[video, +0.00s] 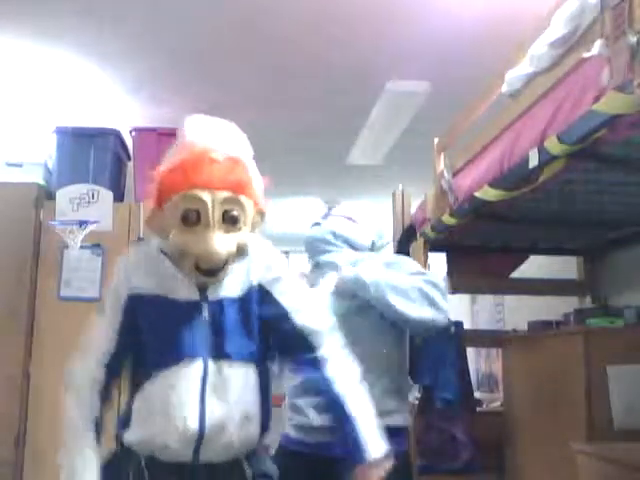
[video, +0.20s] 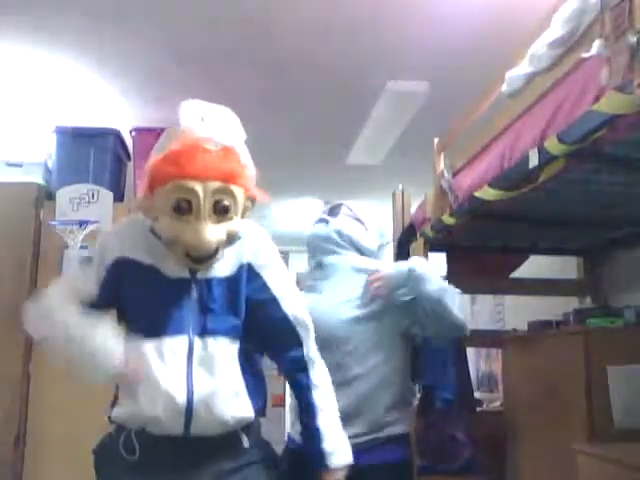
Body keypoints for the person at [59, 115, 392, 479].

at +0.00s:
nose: (211, 241)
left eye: (230, 219)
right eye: (191, 218)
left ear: (254, 223)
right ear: (160, 222)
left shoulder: (266, 279)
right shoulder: (138, 278)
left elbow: (325, 355)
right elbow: (90, 376)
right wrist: (81, 467)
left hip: (236, 464)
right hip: (151, 465)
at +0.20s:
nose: (202, 230)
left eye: (221, 209)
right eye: (182, 207)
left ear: (243, 212)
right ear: (151, 205)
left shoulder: (252, 260)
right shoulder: (122, 251)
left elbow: (299, 354)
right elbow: (51, 309)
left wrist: (328, 451)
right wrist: (109, 352)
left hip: (231, 454)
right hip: (139, 455)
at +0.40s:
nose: (203, 198)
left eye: (223, 178)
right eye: (185, 175)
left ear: (247, 186)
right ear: (157, 182)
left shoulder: (257, 244)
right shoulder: (131, 244)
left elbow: (308, 325)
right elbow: (38, 263)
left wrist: (304, 424)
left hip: (238, 448)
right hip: (143, 450)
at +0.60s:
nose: (217, 192)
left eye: (233, 173)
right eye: (195, 170)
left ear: (252, 190)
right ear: (161, 186)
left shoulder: (259, 264)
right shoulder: (127, 260)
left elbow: (300, 356)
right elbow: (41, 252)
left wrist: (310, 448)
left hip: (241, 463)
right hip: (150, 462)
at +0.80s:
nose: (212, 204)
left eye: (229, 185)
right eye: (192, 182)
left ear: (250, 202)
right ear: (161, 196)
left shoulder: (259, 269)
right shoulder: (128, 263)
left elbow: (305, 365)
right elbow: (57, 324)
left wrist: (324, 459)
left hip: (232, 464)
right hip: (145, 463)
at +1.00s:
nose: (210, 218)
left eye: (229, 197)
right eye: (190, 195)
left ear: (251, 203)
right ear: (162, 200)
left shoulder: (264, 263)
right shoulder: (146, 272)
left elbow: (328, 321)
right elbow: (111, 369)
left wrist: (331, 392)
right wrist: (70, 457)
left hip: (234, 453)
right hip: (148, 452)